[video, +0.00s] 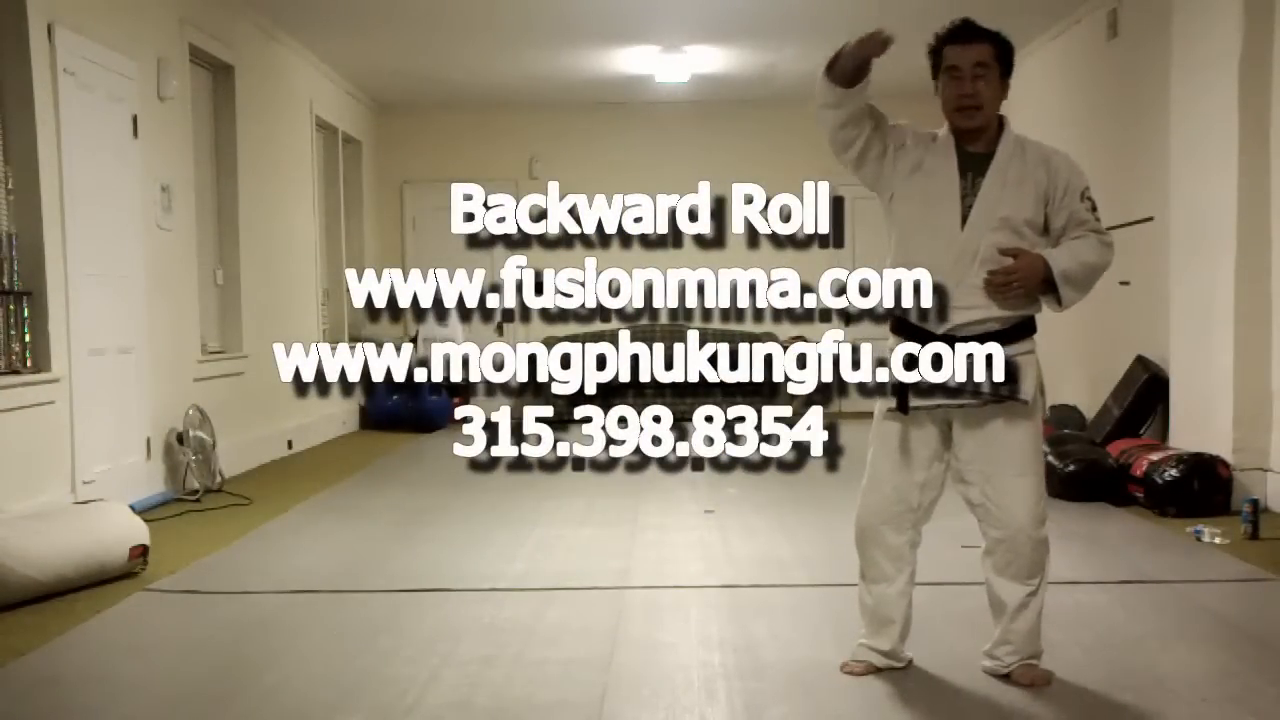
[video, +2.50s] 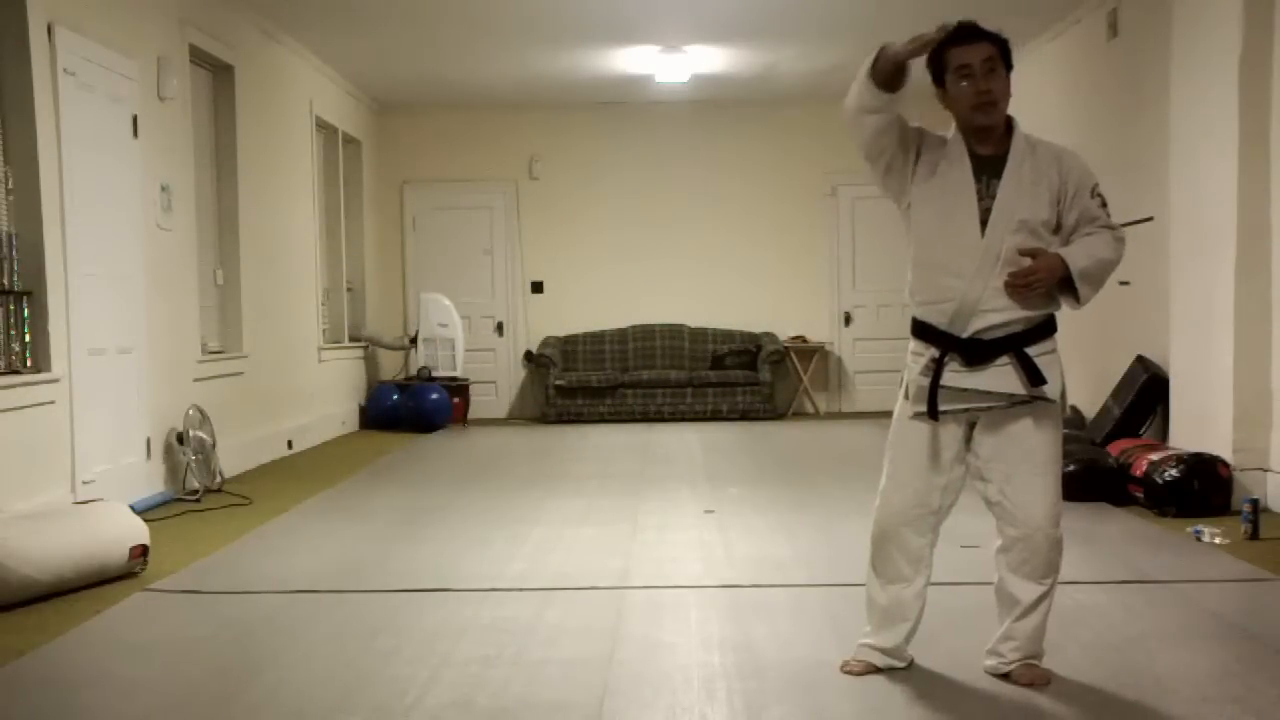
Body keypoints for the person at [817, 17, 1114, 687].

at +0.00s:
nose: (965, 86)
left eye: (980, 73)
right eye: (952, 75)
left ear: (1004, 84)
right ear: (936, 88)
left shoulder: (1048, 168)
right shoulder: (902, 157)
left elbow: (1093, 245)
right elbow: (844, 122)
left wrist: (1048, 268)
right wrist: (852, 63)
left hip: (1002, 362)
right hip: (912, 362)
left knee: (1019, 522)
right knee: (884, 515)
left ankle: (1014, 654)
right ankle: (881, 643)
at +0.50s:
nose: (989, 86)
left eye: (1000, 72)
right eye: (972, 74)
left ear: (1015, 83)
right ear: (946, 88)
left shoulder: (1060, 165)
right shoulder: (911, 158)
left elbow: (1110, 250)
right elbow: (840, 161)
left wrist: (1059, 265)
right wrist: (774, 133)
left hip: (1018, 368)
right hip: (929, 367)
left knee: (1029, 524)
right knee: (895, 514)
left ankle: (1016, 653)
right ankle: (882, 641)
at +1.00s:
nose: (976, 84)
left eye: (990, 72)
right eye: (962, 73)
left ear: (1012, 83)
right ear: (942, 87)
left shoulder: (1058, 168)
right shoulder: (912, 157)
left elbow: (1104, 241)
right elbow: (837, 148)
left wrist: (1061, 264)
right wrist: (786, 107)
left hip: (1019, 370)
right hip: (929, 369)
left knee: (1029, 526)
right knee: (895, 516)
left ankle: (1015, 653)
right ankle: (882, 642)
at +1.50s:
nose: (968, 87)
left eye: (987, 74)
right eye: (962, 74)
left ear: (1021, 88)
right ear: (953, 83)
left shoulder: (1064, 171)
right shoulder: (918, 154)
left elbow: (1110, 251)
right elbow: (861, 120)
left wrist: (1063, 271)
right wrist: (841, 66)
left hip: (1018, 365)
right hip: (927, 362)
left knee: (1029, 526)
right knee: (893, 515)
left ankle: (1015, 654)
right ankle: (882, 641)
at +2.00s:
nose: (991, 83)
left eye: (1007, 70)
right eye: (978, 71)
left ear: (1029, 84)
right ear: (960, 85)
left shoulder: (1070, 171)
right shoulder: (935, 158)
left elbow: (1113, 249)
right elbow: (900, 98)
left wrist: (1074, 270)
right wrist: (951, 38)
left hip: (1026, 369)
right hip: (936, 366)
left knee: (1036, 526)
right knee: (899, 514)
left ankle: (1016, 653)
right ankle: (882, 641)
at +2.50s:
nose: (981, 85)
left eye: (991, 70)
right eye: (962, 76)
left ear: (1009, 80)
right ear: (941, 94)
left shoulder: (1059, 167)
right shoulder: (918, 162)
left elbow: (1106, 241)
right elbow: (869, 119)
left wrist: (1064, 266)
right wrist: (888, 62)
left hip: (1023, 367)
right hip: (933, 366)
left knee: (1035, 525)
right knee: (900, 516)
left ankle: (1017, 653)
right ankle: (884, 641)